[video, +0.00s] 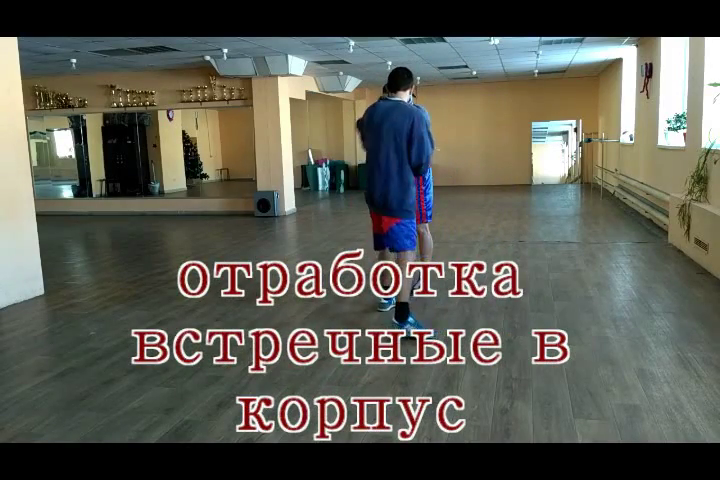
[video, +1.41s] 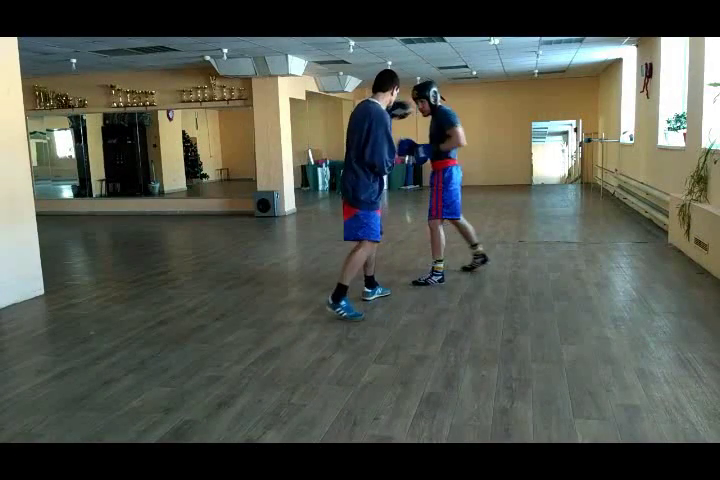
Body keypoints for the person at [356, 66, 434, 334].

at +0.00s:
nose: (413, 92)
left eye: (412, 89)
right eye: (413, 89)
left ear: (387, 86)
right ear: (410, 89)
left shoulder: (371, 111)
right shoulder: (413, 115)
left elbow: (368, 146)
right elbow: (420, 162)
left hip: (375, 190)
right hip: (402, 193)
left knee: (382, 248)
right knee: (405, 256)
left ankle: (386, 296)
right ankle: (403, 316)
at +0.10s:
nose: (407, 91)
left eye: (406, 87)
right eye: (408, 87)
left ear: (385, 84)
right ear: (406, 87)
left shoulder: (370, 107)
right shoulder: (407, 112)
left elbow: (371, 142)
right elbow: (413, 158)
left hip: (370, 187)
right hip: (396, 191)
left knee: (381, 245)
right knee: (400, 252)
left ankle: (385, 294)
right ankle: (394, 311)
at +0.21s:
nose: (407, 90)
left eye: (406, 86)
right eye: (408, 86)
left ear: (384, 84)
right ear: (406, 86)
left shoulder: (370, 107)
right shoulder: (406, 112)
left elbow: (371, 144)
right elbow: (412, 159)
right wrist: (424, 146)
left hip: (370, 184)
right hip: (396, 188)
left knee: (380, 243)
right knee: (403, 246)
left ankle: (384, 294)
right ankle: (390, 304)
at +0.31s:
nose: (405, 90)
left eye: (404, 87)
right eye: (406, 87)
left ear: (381, 86)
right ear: (403, 87)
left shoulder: (367, 108)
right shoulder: (406, 115)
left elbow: (355, 139)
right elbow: (410, 160)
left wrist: (373, 151)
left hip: (366, 184)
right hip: (392, 188)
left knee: (378, 246)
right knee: (390, 249)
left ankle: (383, 294)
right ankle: (366, 308)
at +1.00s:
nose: (401, 103)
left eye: (400, 99)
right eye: (401, 99)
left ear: (378, 95)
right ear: (397, 98)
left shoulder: (362, 117)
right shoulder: (392, 123)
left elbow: (353, 150)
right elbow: (396, 165)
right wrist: (398, 181)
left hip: (355, 185)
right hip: (374, 188)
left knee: (377, 238)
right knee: (377, 245)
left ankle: (370, 287)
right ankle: (365, 308)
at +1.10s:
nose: (398, 99)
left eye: (397, 95)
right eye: (398, 95)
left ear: (376, 91)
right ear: (393, 94)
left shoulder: (367, 110)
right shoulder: (383, 117)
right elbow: (389, 162)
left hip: (358, 183)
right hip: (369, 187)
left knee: (374, 239)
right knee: (378, 241)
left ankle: (371, 287)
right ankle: (367, 302)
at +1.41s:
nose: (396, 97)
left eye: (396, 94)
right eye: (396, 93)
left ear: (375, 87)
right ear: (392, 91)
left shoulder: (362, 109)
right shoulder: (377, 114)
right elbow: (379, 160)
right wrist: (392, 160)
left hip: (356, 182)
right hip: (366, 187)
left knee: (370, 237)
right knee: (369, 241)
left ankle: (370, 285)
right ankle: (337, 297)